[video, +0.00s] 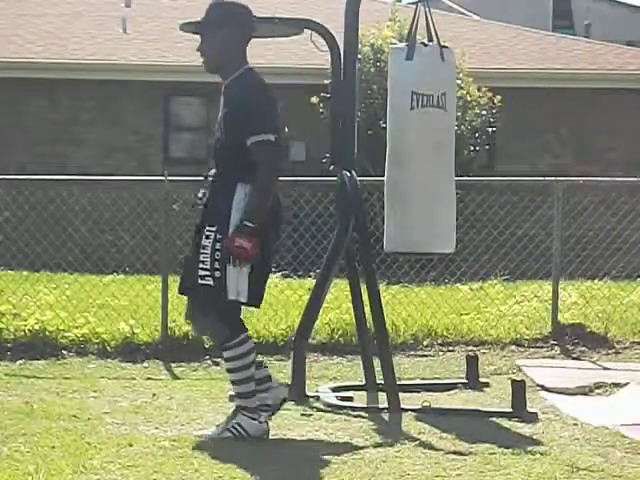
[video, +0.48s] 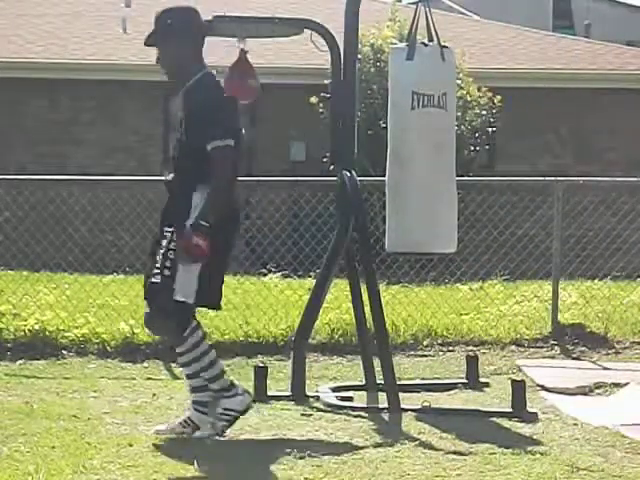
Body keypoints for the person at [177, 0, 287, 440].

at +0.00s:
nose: (199, 46)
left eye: (206, 37)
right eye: (200, 37)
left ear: (232, 39)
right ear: (226, 40)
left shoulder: (250, 89)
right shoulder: (235, 88)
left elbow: (267, 165)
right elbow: (237, 162)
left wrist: (251, 227)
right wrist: (215, 210)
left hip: (235, 218)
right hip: (220, 216)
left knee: (216, 311)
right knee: (205, 311)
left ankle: (253, 411)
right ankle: (262, 389)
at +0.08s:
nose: (189, 54)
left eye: (196, 45)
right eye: (190, 45)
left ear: (222, 47)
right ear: (224, 47)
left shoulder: (241, 94)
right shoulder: (230, 91)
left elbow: (255, 169)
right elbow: (227, 172)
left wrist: (239, 231)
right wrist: (200, 225)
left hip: (229, 219)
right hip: (217, 216)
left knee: (209, 309)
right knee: (190, 299)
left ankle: (249, 418)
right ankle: (250, 374)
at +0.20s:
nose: (183, 45)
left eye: (190, 36)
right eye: (184, 36)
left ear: (213, 40)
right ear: (211, 41)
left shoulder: (230, 87)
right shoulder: (216, 86)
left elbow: (246, 158)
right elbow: (227, 153)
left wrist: (227, 221)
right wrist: (198, 173)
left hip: (223, 215)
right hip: (200, 213)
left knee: (222, 315)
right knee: (168, 298)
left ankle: (250, 414)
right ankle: (216, 385)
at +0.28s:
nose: (179, 41)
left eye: (188, 32)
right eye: (180, 33)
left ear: (214, 37)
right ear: (204, 38)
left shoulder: (226, 84)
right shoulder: (211, 84)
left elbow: (240, 153)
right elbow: (211, 156)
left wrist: (220, 217)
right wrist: (188, 208)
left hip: (219, 209)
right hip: (193, 207)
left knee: (223, 309)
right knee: (169, 304)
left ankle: (250, 413)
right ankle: (200, 404)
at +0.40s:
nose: (166, 46)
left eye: (173, 37)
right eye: (167, 37)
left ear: (199, 39)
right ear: (194, 39)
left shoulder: (214, 87)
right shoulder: (202, 87)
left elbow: (232, 161)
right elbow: (209, 159)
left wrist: (209, 222)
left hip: (204, 216)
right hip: (184, 215)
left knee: (206, 317)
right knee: (175, 320)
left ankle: (247, 413)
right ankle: (202, 413)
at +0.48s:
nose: (157, 58)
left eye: (161, 47)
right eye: (156, 48)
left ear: (187, 45)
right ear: (180, 46)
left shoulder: (206, 93)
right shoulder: (193, 93)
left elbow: (223, 168)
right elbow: (198, 167)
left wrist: (202, 226)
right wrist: (177, 221)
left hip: (195, 218)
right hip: (182, 215)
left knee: (167, 313)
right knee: (169, 313)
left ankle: (225, 394)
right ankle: (203, 410)